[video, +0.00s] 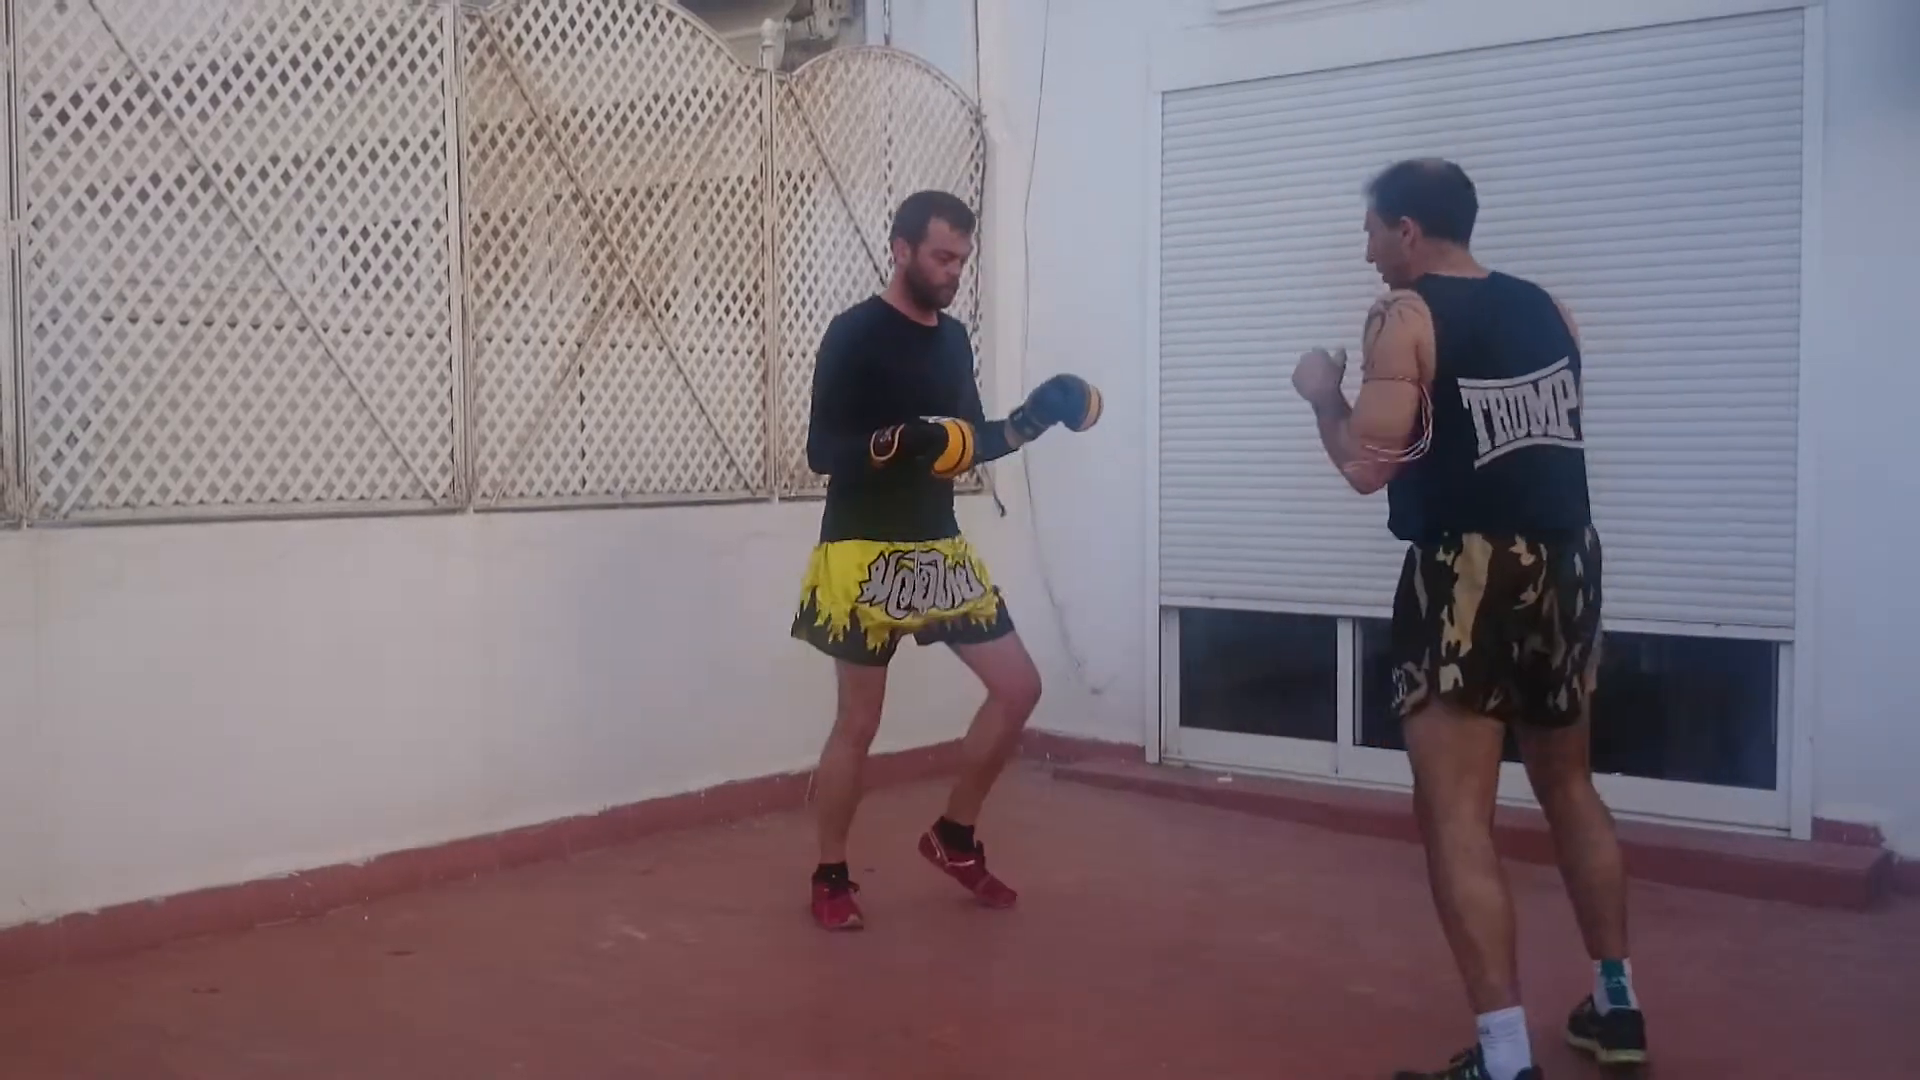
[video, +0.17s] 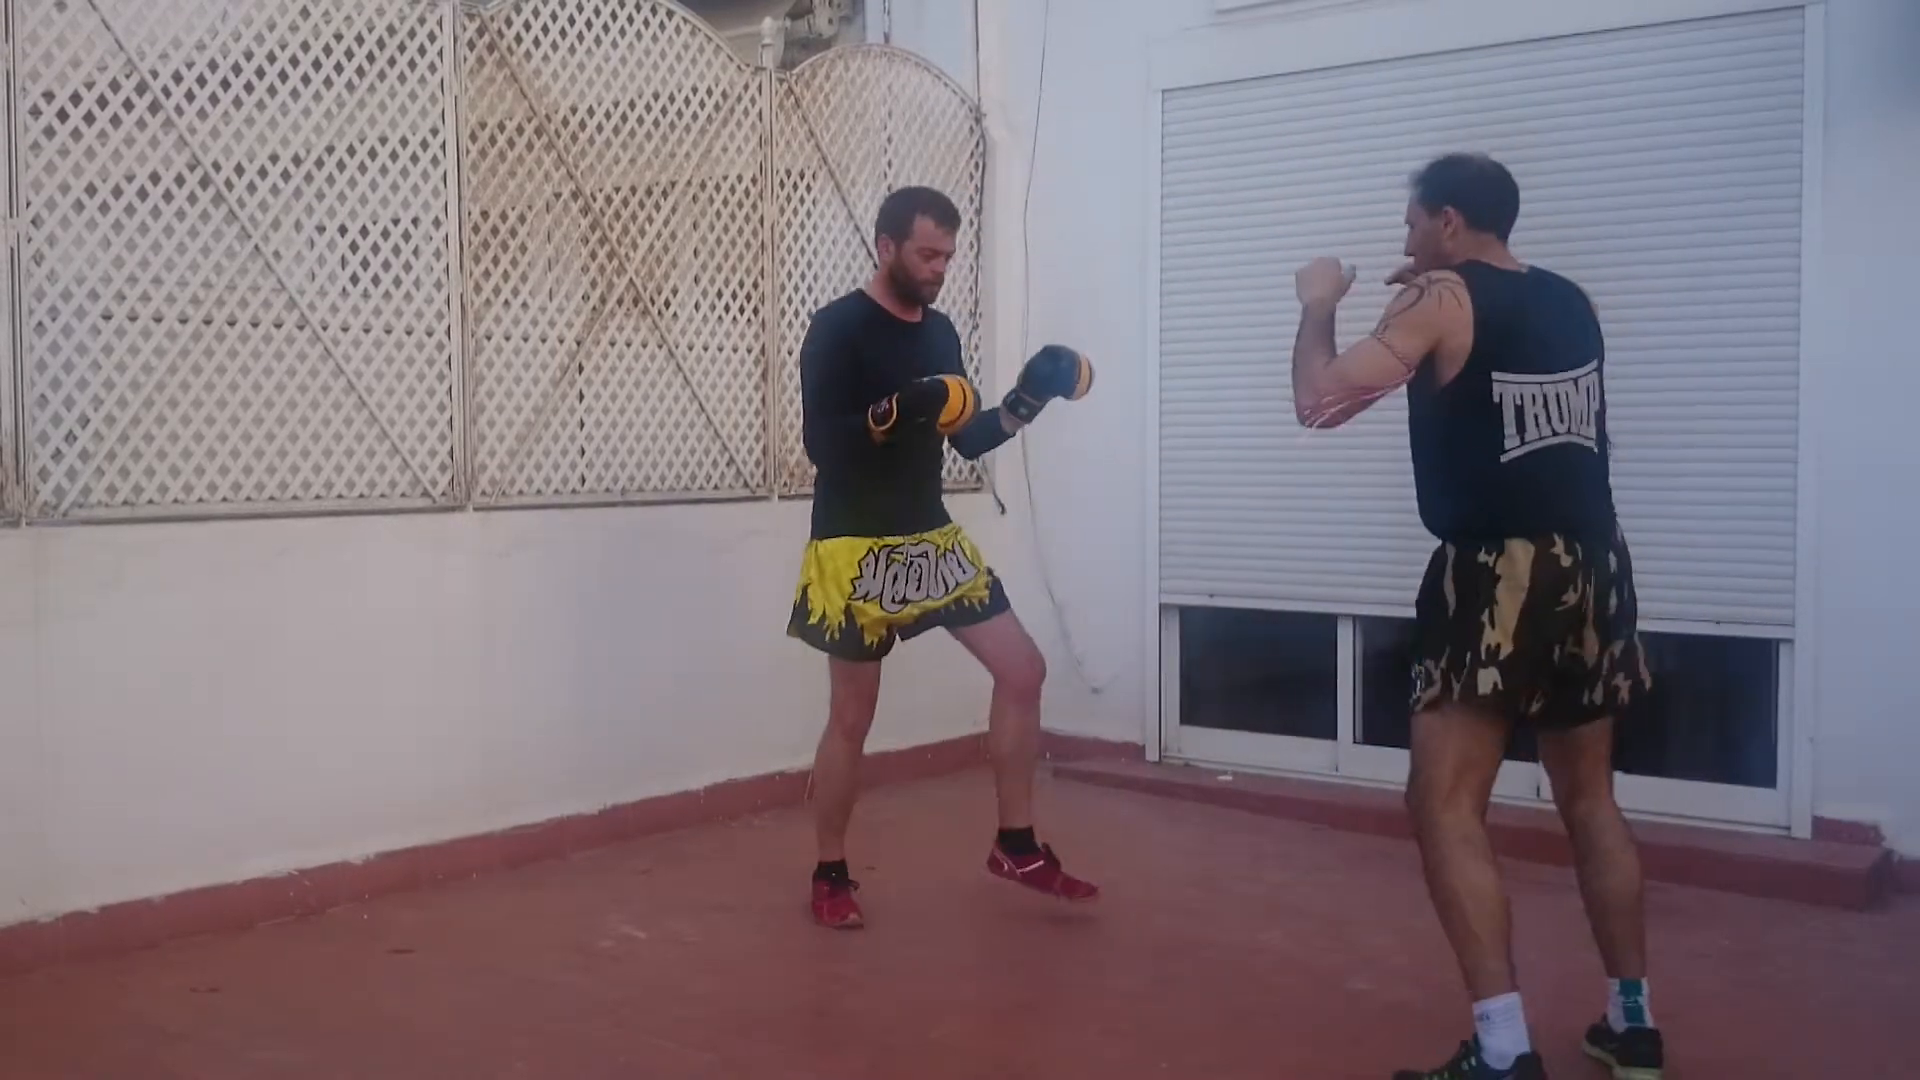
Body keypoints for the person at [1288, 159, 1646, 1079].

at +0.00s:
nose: (1369, 246)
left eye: (1372, 229)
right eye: (1368, 230)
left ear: (1408, 231)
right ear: (1460, 231)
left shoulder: (1408, 317)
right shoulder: (1543, 307)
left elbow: (1368, 463)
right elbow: (1536, 419)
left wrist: (1320, 392)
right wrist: (1422, 380)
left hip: (1461, 578)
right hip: (1565, 573)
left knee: (1459, 822)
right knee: (1569, 783)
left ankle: (1504, 1054)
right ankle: (1617, 1001)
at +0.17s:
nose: (1408, 237)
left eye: (1414, 221)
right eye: (1410, 221)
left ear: (1446, 222)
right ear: (1502, 224)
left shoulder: (1442, 303)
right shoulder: (1569, 302)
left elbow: (1319, 400)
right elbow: (1514, 358)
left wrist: (1316, 306)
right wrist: (1443, 292)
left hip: (1493, 572)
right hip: (1593, 570)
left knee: (1447, 804)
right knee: (1590, 796)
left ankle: (1501, 1045)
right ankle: (1633, 1019)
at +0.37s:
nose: (1409, 244)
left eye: (1412, 227)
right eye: (1409, 229)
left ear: (1446, 220)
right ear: (1500, 225)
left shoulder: (1456, 294)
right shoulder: (1570, 301)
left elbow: (1376, 421)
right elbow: (1518, 395)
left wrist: (1332, 338)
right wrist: (1434, 333)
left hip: (1487, 560)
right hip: (1590, 565)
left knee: (1389, 772)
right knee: (1595, 794)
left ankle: (1408, 1016)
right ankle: (1632, 1019)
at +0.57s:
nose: (1386, 257)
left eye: (1387, 241)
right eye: (1383, 244)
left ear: (1417, 228)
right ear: (1472, 229)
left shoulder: (1417, 296)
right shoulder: (1545, 304)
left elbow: (1317, 405)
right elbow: (1480, 370)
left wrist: (1294, 311)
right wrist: (1397, 318)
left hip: (1453, 562)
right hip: (1559, 568)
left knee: (1392, 781)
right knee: (1568, 789)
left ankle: (1372, 1016)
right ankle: (1614, 1015)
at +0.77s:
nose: (1374, 267)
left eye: (1375, 251)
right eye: (1372, 254)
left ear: (1406, 239)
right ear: (1458, 239)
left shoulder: (1411, 305)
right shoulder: (1530, 312)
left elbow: (1310, 414)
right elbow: (1472, 383)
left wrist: (1285, 325)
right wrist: (1387, 338)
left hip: (1435, 559)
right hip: (1544, 568)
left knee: (1330, 750)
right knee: (1556, 790)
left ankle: (1355, 977)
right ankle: (1605, 1017)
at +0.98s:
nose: (1341, 309)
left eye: (1342, 295)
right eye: (1341, 297)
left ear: (1366, 283)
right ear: (1419, 284)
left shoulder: (1370, 338)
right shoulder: (1492, 348)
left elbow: (1264, 436)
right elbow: (1441, 421)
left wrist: (1252, 349)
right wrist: (1355, 370)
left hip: (1394, 580)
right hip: (1503, 590)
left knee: (1248, 722)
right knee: (1532, 807)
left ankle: (1194, 931)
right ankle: (1602, 1018)